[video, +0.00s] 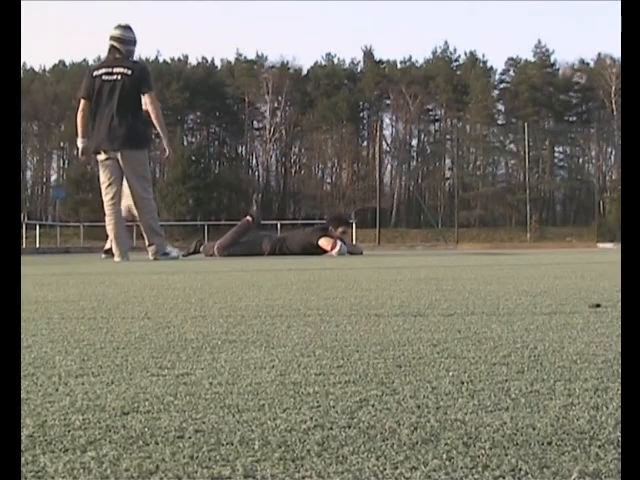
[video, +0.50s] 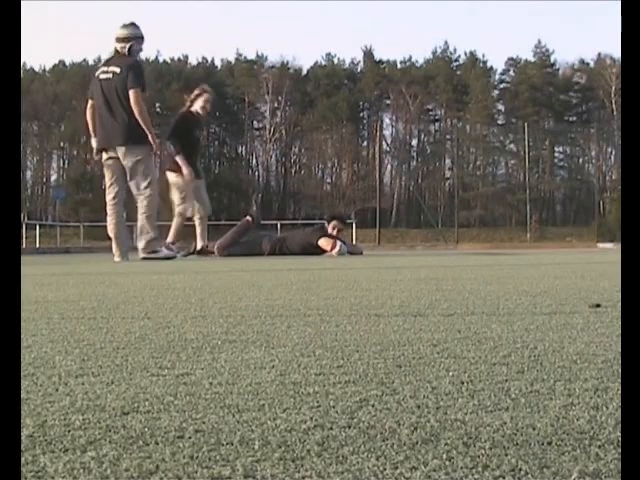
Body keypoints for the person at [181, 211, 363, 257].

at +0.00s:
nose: (344, 237)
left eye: (345, 234)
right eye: (343, 234)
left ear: (338, 230)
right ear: (334, 230)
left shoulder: (331, 235)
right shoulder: (320, 234)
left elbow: (357, 250)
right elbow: (334, 248)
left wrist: (344, 248)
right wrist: (346, 247)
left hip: (272, 243)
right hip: (267, 245)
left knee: (227, 249)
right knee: (219, 250)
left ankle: (203, 247)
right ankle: (246, 221)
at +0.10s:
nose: (346, 236)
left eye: (346, 232)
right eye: (344, 232)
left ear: (336, 229)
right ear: (335, 230)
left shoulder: (328, 235)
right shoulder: (319, 236)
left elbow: (356, 249)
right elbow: (336, 248)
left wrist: (344, 247)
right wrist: (344, 247)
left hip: (270, 244)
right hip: (266, 246)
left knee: (229, 248)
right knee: (220, 251)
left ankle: (203, 246)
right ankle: (247, 223)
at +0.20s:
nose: (345, 236)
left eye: (345, 232)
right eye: (343, 232)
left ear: (338, 230)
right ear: (334, 230)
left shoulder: (329, 236)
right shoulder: (319, 236)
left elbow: (357, 249)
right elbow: (332, 246)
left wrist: (344, 247)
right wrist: (340, 247)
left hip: (271, 244)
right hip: (267, 245)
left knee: (229, 248)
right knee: (220, 250)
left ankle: (203, 247)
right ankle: (248, 221)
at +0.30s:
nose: (340, 237)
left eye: (343, 234)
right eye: (339, 233)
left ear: (342, 232)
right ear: (331, 228)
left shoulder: (330, 235)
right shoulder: (319, 234)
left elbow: (358, 250)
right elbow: (333, 248)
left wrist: (344, 247)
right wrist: (344, 248)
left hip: (272, 244)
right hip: (267, 244)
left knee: (223, 249)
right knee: (219, 250)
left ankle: (203, 247)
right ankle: (247, 221)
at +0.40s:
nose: (339, 235)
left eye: (342, 232)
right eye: (337, 231)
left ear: (343, 232)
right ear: (329, 227)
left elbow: (358, 250)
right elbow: (334, 247)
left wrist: (343, 247)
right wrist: (342, 248)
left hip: (270, 241)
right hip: (266, 244)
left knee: (226, 247)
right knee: (220, 250)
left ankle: (197, 247)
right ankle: (247, 221)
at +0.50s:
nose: (336, 234)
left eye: (340, 231)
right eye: (335, 229)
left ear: (341, 231)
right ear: (327, 225)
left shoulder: (330, 237)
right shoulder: (318, 235)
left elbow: (358, 250)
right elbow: (334, 247)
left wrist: (342, 247)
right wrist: (344, 248)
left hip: (271, 242)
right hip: (266, 245)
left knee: (227, 247)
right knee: (220, 250)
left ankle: (205, 248)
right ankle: (246, 222)